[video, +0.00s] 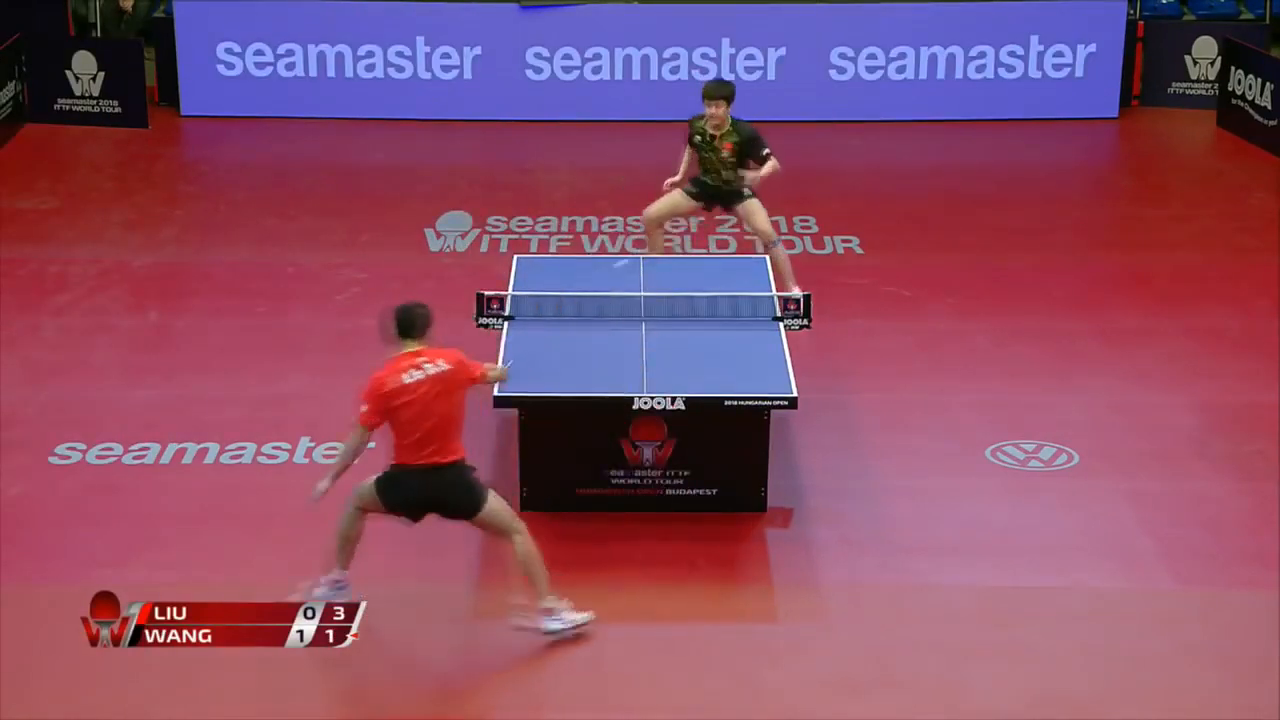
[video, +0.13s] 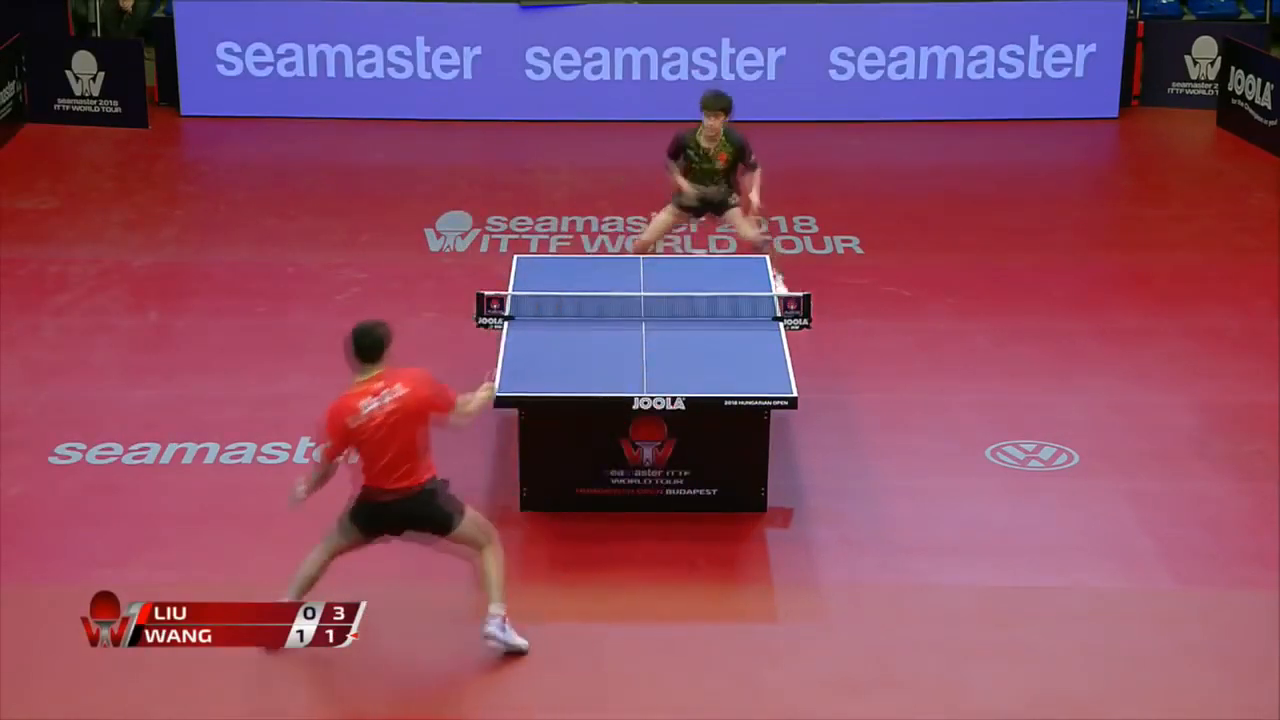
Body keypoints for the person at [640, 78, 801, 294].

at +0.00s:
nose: (713, 111)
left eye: (718, 106)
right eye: (709, 106)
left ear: (728, 107)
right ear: (704, 106)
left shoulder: (743, 132)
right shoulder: (696, 126)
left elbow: (772, 163)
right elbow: (690, 148)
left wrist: (758, 175)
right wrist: (680, 175)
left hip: (736, 191)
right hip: (703, 188)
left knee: (766, 232)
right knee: (651, 217)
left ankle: (791, 290)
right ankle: (655, 274)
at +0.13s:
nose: (711, 122)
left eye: (716, 117)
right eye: (708, 117)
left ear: (725, 118)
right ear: (702, 116)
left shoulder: (736, 142)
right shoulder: (685, 138)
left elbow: (753, 167)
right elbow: (670, 162)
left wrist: (754, 193)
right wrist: (684, 185)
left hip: (724, 197)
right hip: (692, 194)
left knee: (753, 237)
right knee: (642, 243)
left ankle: (774, 277)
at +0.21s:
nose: (729, 131)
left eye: (733, 125)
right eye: (723, 125)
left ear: (738, 127)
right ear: (712, 125)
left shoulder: (735, 148)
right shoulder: (697, 148)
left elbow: (730, 183)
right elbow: (685, 190)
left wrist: (752, 207)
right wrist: (733, 191)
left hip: (716, 203)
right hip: (684, 204)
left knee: (755, 234)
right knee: (641, 249)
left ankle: (771, 279)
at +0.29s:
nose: (742, 124)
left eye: (746, 119)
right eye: (738, 117)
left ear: (749, 122)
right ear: (724, 116)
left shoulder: (738, 144)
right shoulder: (707, 142)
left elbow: (725, 172)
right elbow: (696, 177)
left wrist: (744, 180)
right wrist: (737, 184)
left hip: (718, 201)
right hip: (688, 203)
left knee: (763, 228)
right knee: (645, 250)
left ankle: (771, 278)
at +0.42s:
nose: (732, 102)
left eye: (735, 97)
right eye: (727, 96)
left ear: (738, 98)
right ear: (713, 95)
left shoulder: (740, 119)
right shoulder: (695, 119)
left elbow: (776, 125)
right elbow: (682, 156)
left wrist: (812, 139)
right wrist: (705, 127)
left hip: (730, 191)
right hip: (697, 191)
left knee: (769, 231)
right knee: (651, 241)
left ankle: (777, 277)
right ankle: (627, 284)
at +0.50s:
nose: (724, 87)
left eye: (726, 81)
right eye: (718, 82)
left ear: (731, 83)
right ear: (706, 83)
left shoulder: (734, 104)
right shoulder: (693, 108)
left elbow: (744, 78)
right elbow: (667, 141)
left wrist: (711, 57)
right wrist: (687, 120)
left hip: (727, 180)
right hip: (695, 179)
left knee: (764, 228)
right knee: (650, 224)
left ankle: (775, 278)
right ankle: (639, 273)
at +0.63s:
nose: (698, 69)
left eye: (702, 64)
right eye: (694, 63)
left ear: (708, 65)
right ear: (684, 65)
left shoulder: (717, 85)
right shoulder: (675, 92)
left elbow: (729, 68)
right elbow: (660, 118)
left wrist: (707, 41)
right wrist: (644, 120)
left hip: (717, 163)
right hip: (684, 162)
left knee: (751, 221)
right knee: (641, 210)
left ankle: (769, 275)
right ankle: (620, 259)